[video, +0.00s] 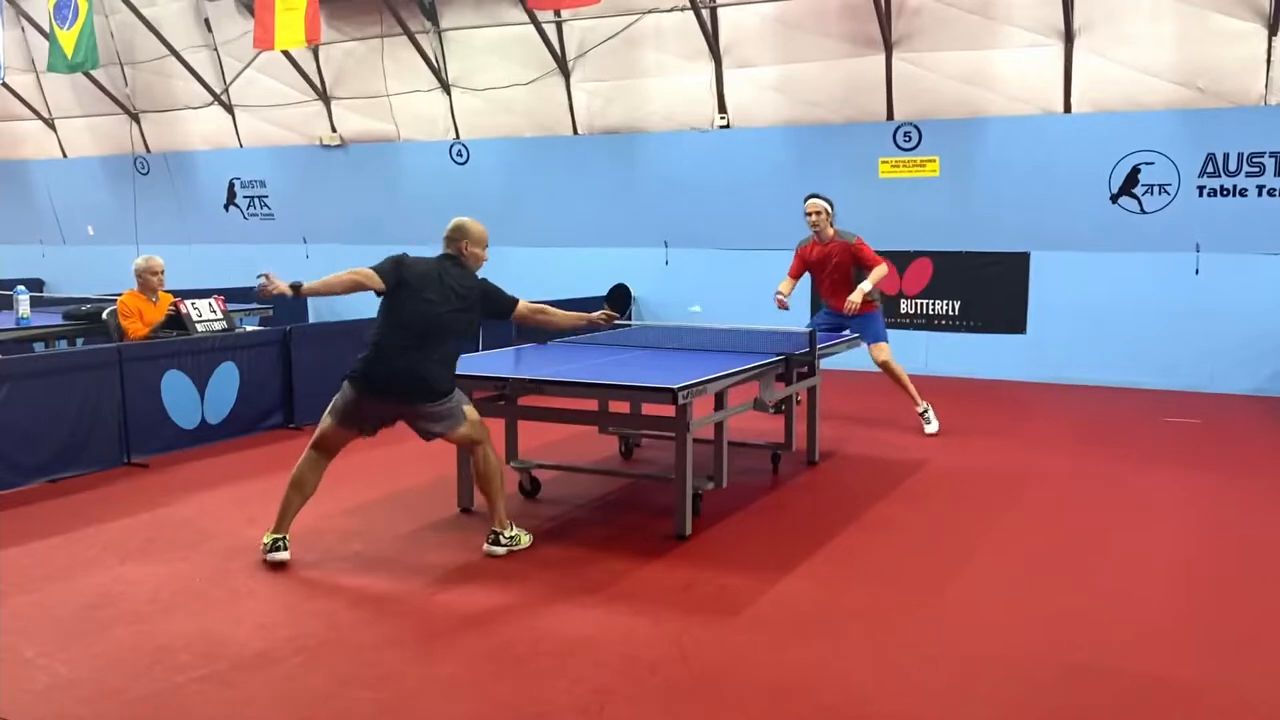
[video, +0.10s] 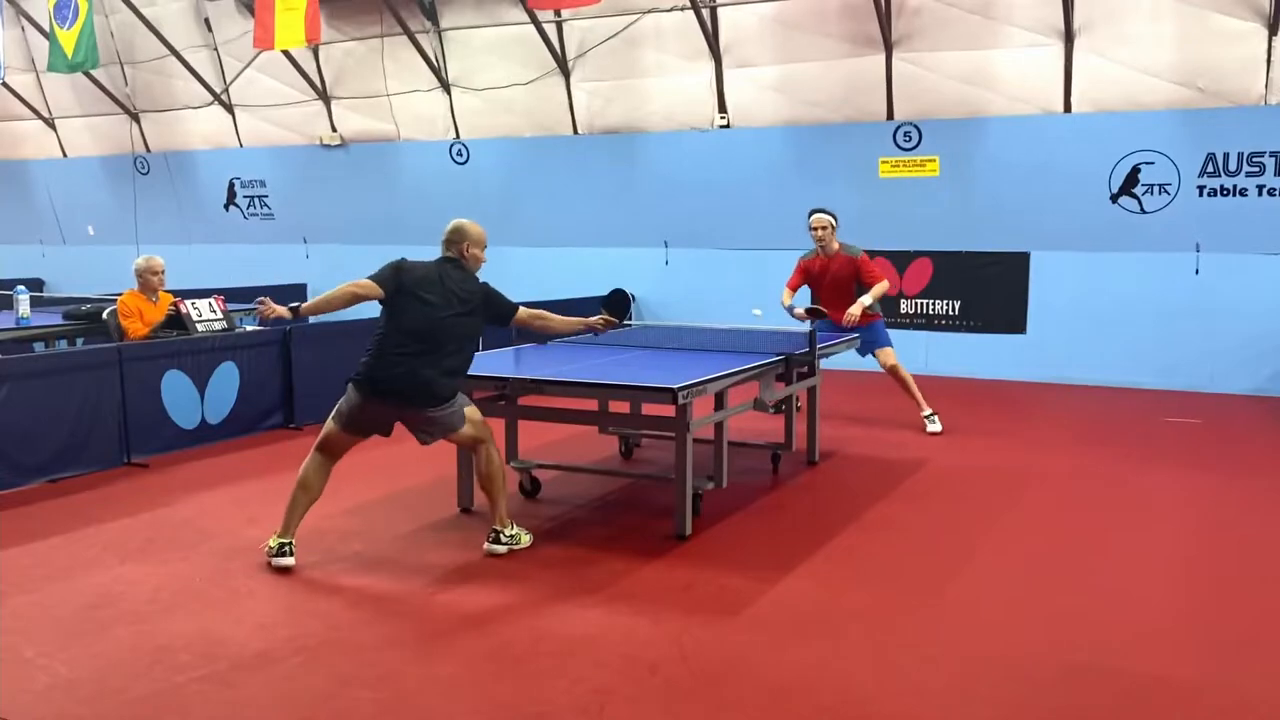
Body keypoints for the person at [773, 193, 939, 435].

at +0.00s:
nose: (813, 219)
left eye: (817, 213)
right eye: (808, 215)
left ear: (829, 215)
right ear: (805, 219)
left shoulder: (850, 243)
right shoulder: (805, 249)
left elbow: (882, 268)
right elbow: (791, 279)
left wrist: (861, 290)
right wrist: (782, 294)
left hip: (865, 311)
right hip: (831, 312)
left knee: (881, 358)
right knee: (797, 348)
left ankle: (922, 407)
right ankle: (791, 395)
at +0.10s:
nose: (818, 234)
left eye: (823, 228)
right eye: (814, 229)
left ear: (833, 230)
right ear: (810, 233)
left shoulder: (855, 257)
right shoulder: (807, 262)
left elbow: (883, 284)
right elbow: (787, 294)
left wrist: (861, 303)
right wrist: (793, 309)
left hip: (866, 320)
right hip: (829, 321)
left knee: (890, 364)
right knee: (795, 353)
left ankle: (926, 411)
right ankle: (789, 398)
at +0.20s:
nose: (835, 245)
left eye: (840, 240)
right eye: (831, 241)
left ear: (850, 241)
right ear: (826, 243)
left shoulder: (873, 266)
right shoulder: (819, 271)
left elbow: (894, 292)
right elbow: (796, 304)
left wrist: (880, 316)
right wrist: (817, 318)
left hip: (868, 327)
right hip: (832, 330)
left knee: (904, 358)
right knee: (799, 358)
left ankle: (930, 412)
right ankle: (791, 399)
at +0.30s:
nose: (857, 252)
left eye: (862, 247)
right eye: (852, 247)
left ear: (870, 248)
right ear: (847, 249)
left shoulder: (889, 269)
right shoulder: (837, 273)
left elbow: (914, 291)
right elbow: (811, 296)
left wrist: (906, 321)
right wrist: (830, 303)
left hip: (884, 330)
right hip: (847, 332)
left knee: (921, 353)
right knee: (812, 360)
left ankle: (935, 413)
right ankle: (793, 399)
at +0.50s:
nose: (884, 242)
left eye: (889, 238)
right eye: (879, 238)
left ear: (898, 241)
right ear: (873, 242)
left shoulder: (916, 266)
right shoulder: (866, 269)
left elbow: (934, 293)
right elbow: (858, 306)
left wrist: (924, 324)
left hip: (899, 324)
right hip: (865, 323)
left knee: (932, 350)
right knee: (824, 369)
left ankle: (938, 413)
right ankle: (795, 396)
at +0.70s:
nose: (867, 219)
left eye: (872, 214)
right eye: (863, 215)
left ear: (883, 218)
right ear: (858, 218)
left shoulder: (899, 248)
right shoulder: (849, 251)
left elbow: (916, 283)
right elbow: (837, 290)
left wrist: (911, 320)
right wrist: (845, 308)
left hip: (890, 315)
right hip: (854, 313)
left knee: (919, 350)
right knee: (812, 349)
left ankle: (936, 412)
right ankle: (786, 398)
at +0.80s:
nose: (848, 215)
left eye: (853, 211)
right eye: (844, 211)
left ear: (863, 214)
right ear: (839, 215)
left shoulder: (880, 243)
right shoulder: (831, 245)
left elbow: (898, 279)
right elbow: (819, 276)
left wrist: (889, 316)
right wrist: (816, 294)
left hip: (880, 309)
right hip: (845, 308)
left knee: (908, 346)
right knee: (806, 341)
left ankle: (927, 405)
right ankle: (785, 396)